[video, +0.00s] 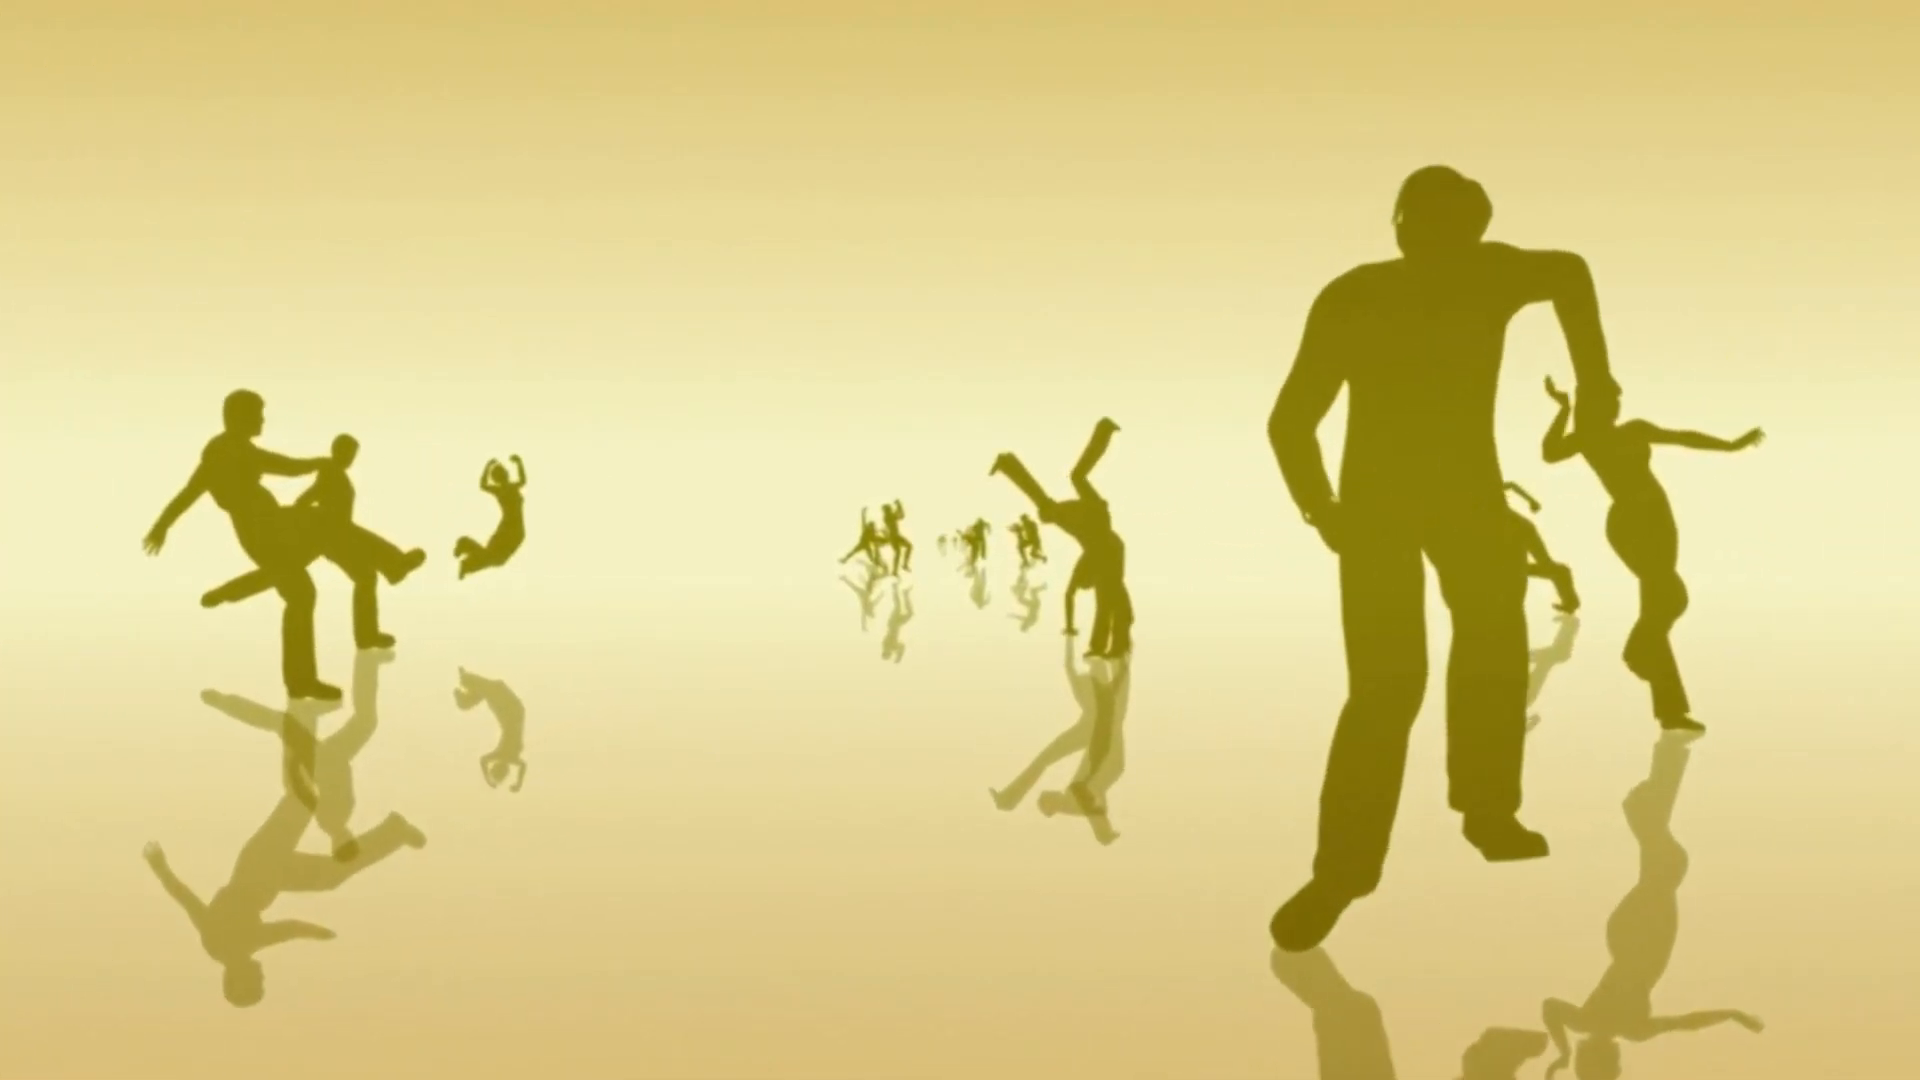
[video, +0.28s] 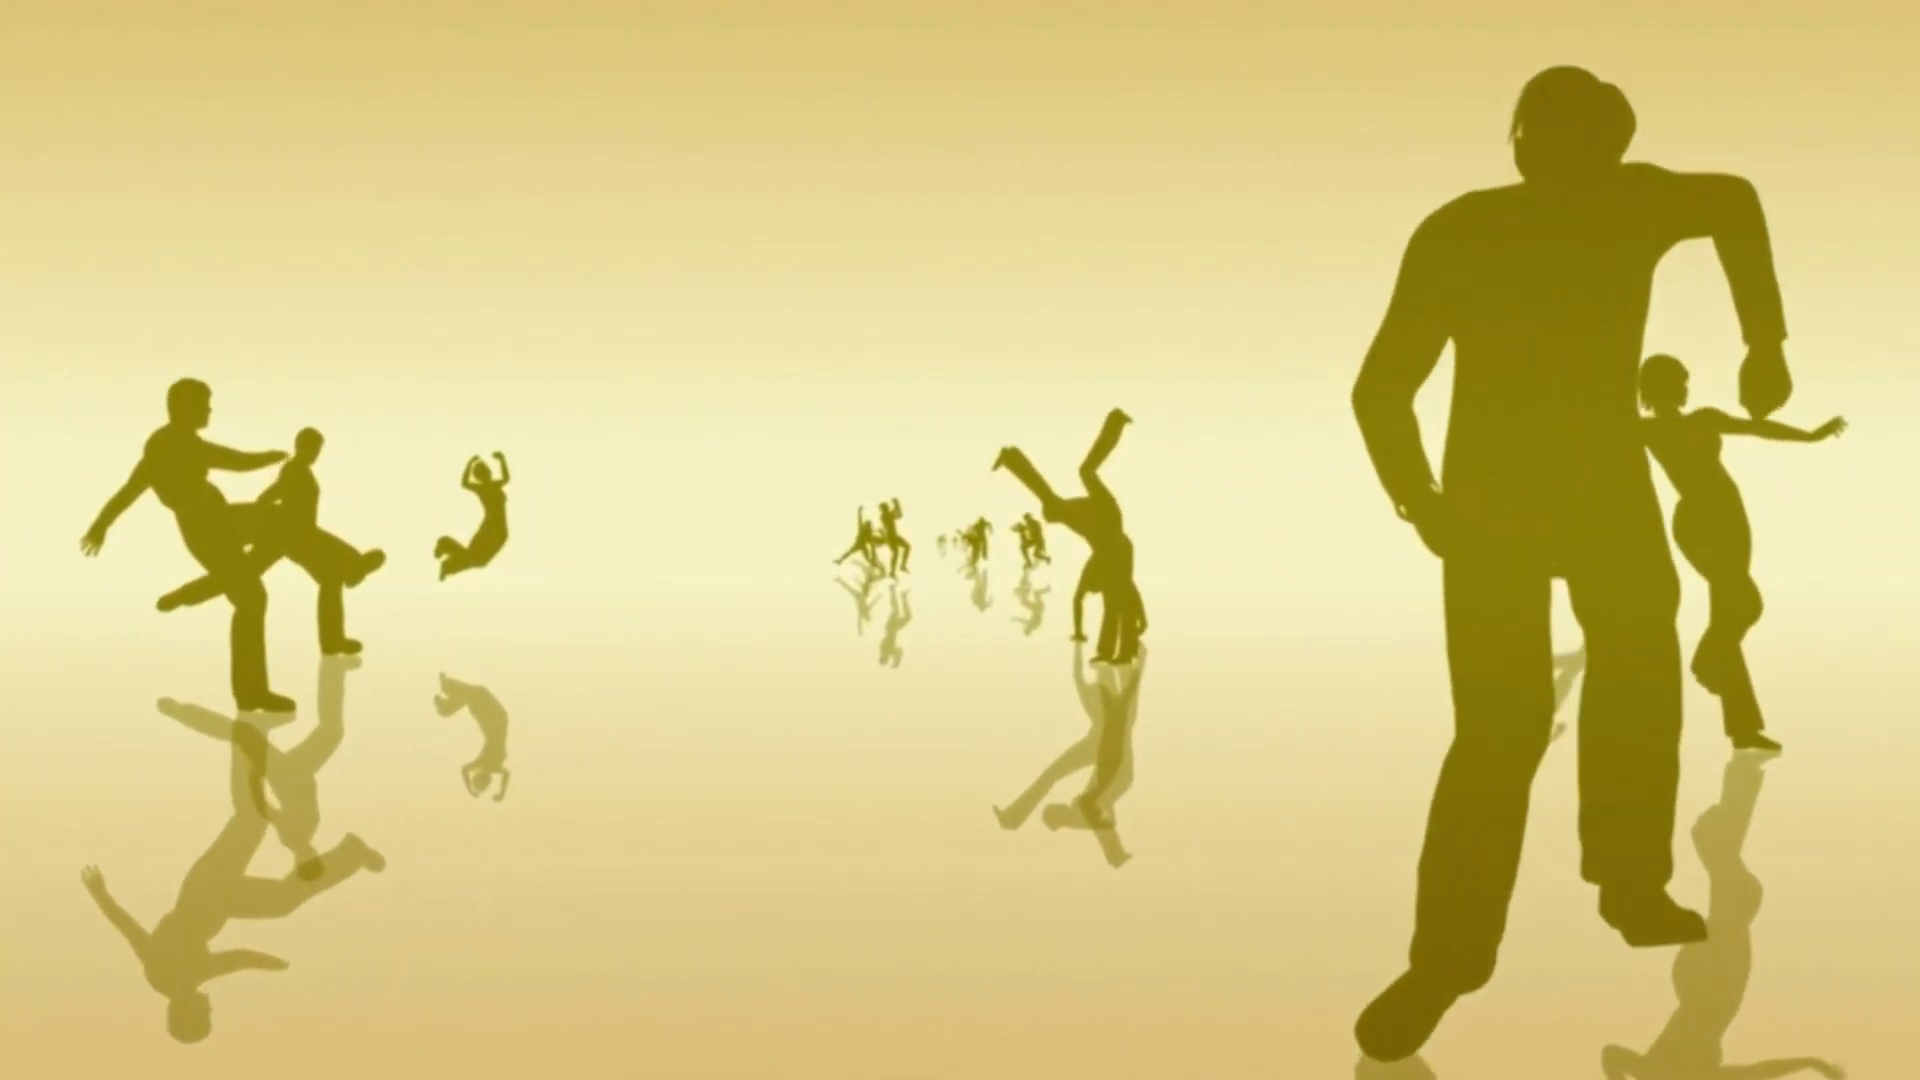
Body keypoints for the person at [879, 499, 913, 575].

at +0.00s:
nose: (891, 510)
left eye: (889, 509)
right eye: (889, 509)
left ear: (886, 510)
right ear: (888, 510)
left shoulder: (890, 516)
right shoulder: (890, 517)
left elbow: (900, 515)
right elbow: (900, 515)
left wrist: (898, 506)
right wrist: (899, 505)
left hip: (895, 535)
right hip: (894, 536)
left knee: (909, 546)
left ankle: (905, 564)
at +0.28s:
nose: (887, 509)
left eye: (886, 507)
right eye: (885, 507)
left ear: (885, 508)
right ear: (884, 508)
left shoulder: (887, 515)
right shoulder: (886, 516)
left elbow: (898, 515)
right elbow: (898, 515)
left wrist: (896, 505)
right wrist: (896, 505)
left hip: (893, 535)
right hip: (891, 536)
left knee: (907, 546)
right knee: (895, 552)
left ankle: (903, 565)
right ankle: (892, 572)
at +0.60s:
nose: (884, 508)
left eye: (883, 506)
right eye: (883, 506)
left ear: (881, 507)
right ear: (883, 507)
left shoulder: (883, 514)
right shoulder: (884, 515)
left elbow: (895, 514)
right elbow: (897, 514)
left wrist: (894, 503)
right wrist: (895, 503)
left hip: (889, 536)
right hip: (889, 536)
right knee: (905, 546)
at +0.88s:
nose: (882, 506)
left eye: (880, 504)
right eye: (880, 504)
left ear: (877, 506)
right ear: (879, 505)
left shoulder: (880, 513)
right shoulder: (881, 514)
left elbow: (892, 512)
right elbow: (894, 513)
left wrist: (891, 502)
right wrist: (892, 501)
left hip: (886, 535)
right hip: (886, 536)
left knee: (903, 547)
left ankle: (899, 568)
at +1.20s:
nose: (879, 504)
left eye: (877, 503)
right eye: (877, 503)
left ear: (874, 504)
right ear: (876, 504)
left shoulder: (878, 512)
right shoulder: (878, 512)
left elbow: (889, 511)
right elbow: (891, 511)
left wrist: (888, 500)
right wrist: (890, 500)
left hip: (883, 535)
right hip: (884, 535)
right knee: (901, 547)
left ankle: (885, 576)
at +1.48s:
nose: (876, 502)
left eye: (874, 500)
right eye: (874, 501)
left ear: (870, 502)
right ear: (872, 501)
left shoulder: (874, 510)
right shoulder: (874, 511)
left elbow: (887, 510)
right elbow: (887, 510)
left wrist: (885, 498)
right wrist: (886, 498)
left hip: (879, 535)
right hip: (881, 535)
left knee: (884, 555)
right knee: (899, 548)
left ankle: (881, 578)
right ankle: (894, 570)